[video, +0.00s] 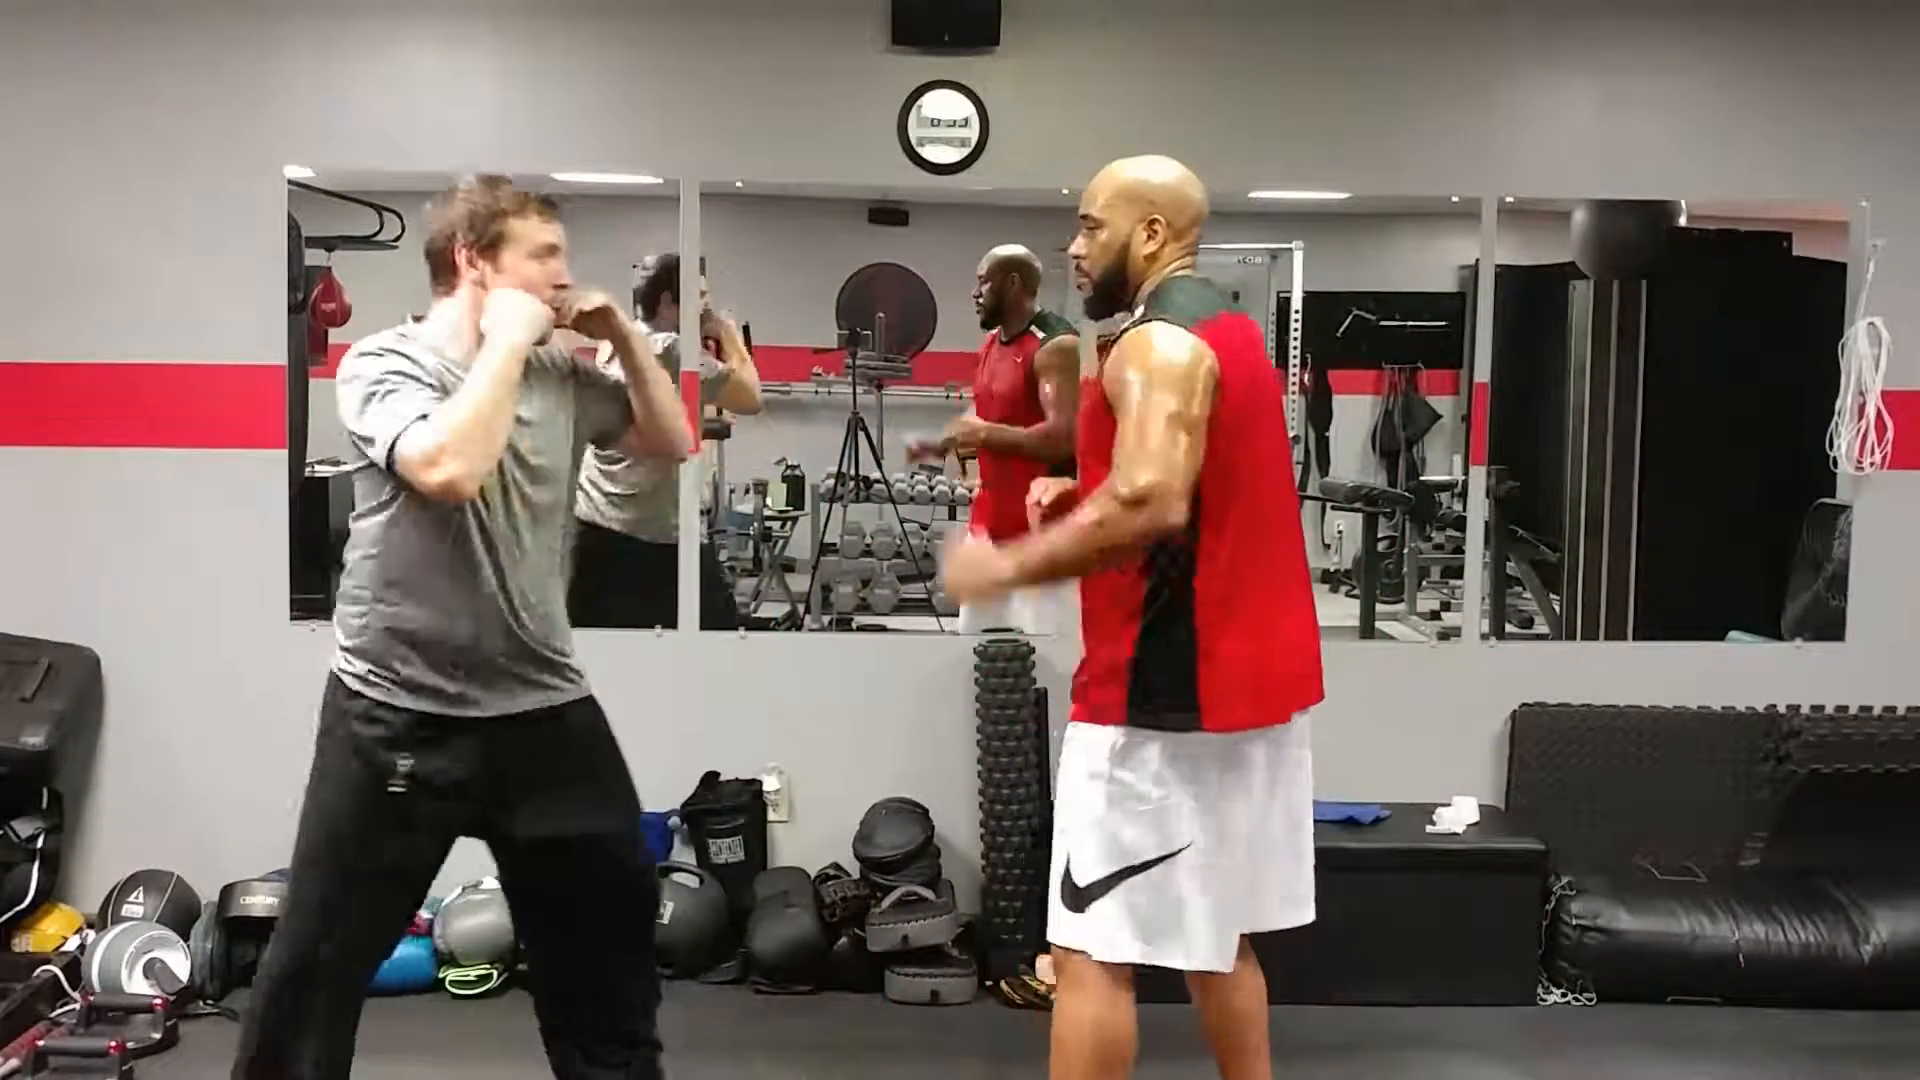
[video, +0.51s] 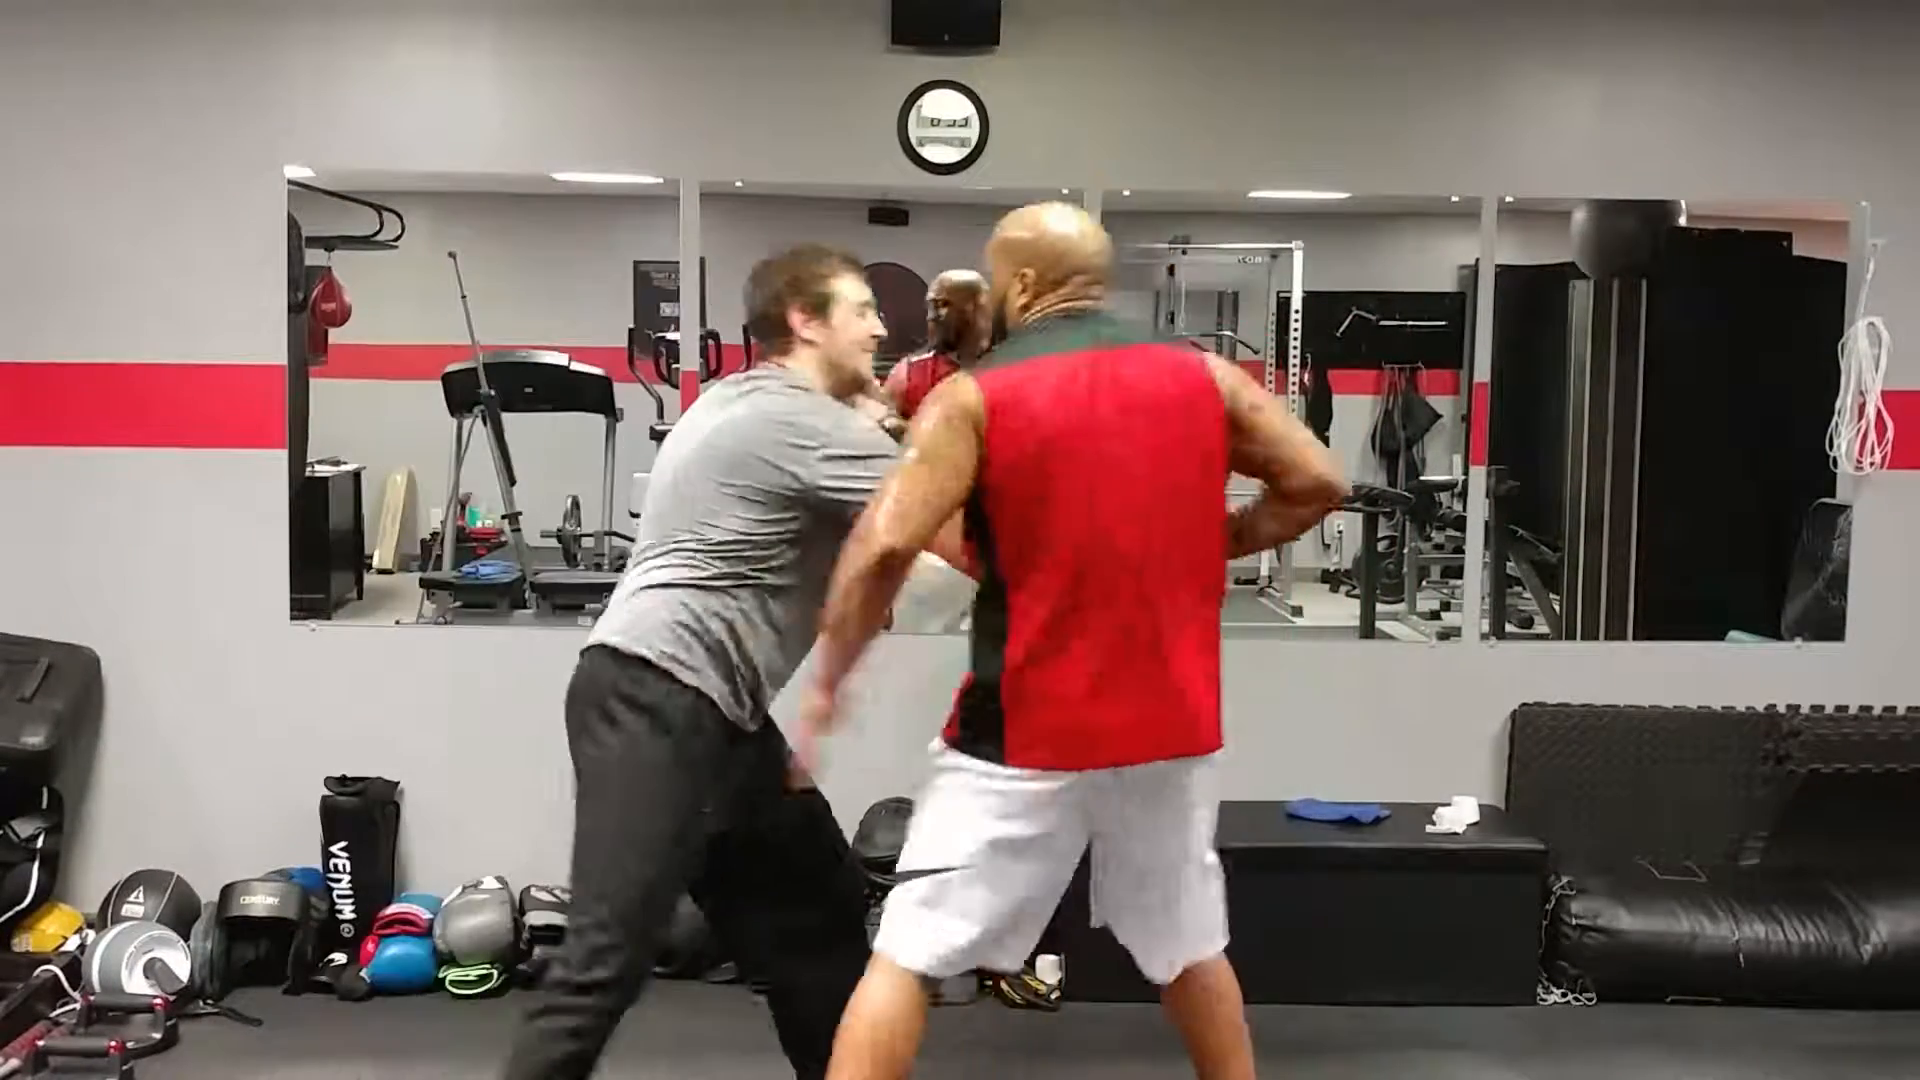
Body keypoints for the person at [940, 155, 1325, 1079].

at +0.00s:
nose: (1075, 246)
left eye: (1091, 227)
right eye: (1078, 226)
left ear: (1151, 236)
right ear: (1165, 239)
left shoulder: (1159, 347)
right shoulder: (1230, 340)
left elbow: (1149, 500)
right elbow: (1199, 495)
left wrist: (1008, 563)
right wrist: (1088, 497)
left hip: (1150, 697)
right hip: (1248, 690)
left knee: (1088, 953)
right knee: (1218, 936)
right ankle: (1249, 1075)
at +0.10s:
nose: (1085, 242)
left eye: (1101, 223)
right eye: (1088, 223)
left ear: (1160, 231)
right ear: (1177, 235)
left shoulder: (1153, 332)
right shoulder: (1231, 315)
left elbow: (1059, 451)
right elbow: (1100, 442)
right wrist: (999, 409)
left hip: (1154, 683)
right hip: (1259, 678)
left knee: (1075, 941)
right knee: (1220, 931)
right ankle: (1252, 1077)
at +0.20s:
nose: (1099, 235)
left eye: (1116, 219)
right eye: (1104, 217)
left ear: (1174, 231)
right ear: (1201, 236)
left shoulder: (1121, 329)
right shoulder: (1247, 323)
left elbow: (978, 428)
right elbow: (1137, 430)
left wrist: (879, 376)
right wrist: (1056, 331)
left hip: (1135, 674)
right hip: (1255, 673)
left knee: (1002, 903)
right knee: (1209, 920)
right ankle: (1251, 1078)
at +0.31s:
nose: (1073, 239)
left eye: (1083, 225)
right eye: (1077, 223)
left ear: (1132, 238)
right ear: (1173, 241)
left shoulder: (1078, 343)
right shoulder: (1244, 317)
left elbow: (1011, 501)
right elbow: (1167, 438)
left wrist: (1013, 410)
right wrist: (1030, 375)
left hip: (1101, 678)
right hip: (1231, 676)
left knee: (956, 893)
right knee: (1195, 917)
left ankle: (989, 1077)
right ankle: (1249, 1079)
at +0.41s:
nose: (1030, 268)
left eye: (1038, 253)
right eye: (1034, 251)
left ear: (1066, 262)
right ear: (1143, 257)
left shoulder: (1026, 371)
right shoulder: (1236, 350)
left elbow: (952, 527)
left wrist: (993, 561)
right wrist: (1175, 502)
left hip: (1061, 700)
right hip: (1204, 698)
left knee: (934, 923)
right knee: (1201, 934)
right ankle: (1244, 1078)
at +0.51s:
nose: (988, 296)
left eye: (993, 282)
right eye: (990, 283)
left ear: (1021, 288)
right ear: (1102, 284)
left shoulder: (977, 395)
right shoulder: (1202, 373)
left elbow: (884, 545)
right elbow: (1316, 481)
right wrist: (1211, 541)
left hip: (1024, 726)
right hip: (1176, 719)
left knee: (907, 955)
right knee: (1190, 944)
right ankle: (1236, 1075)